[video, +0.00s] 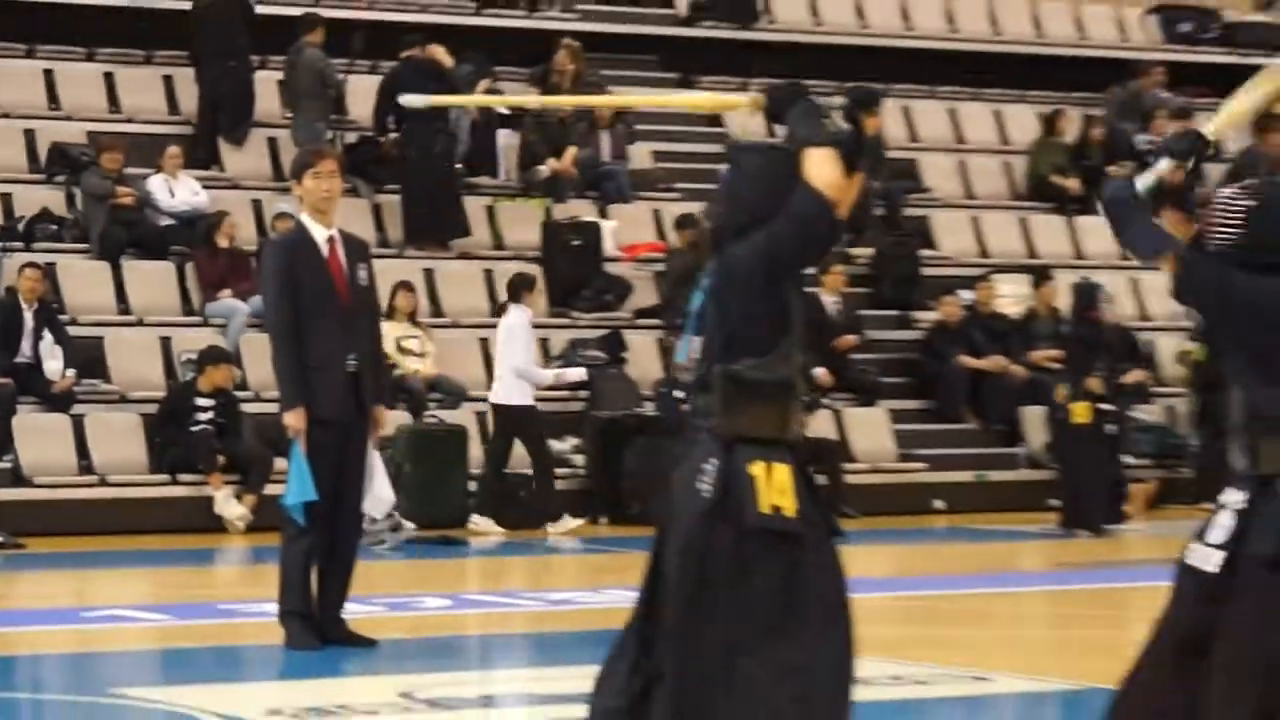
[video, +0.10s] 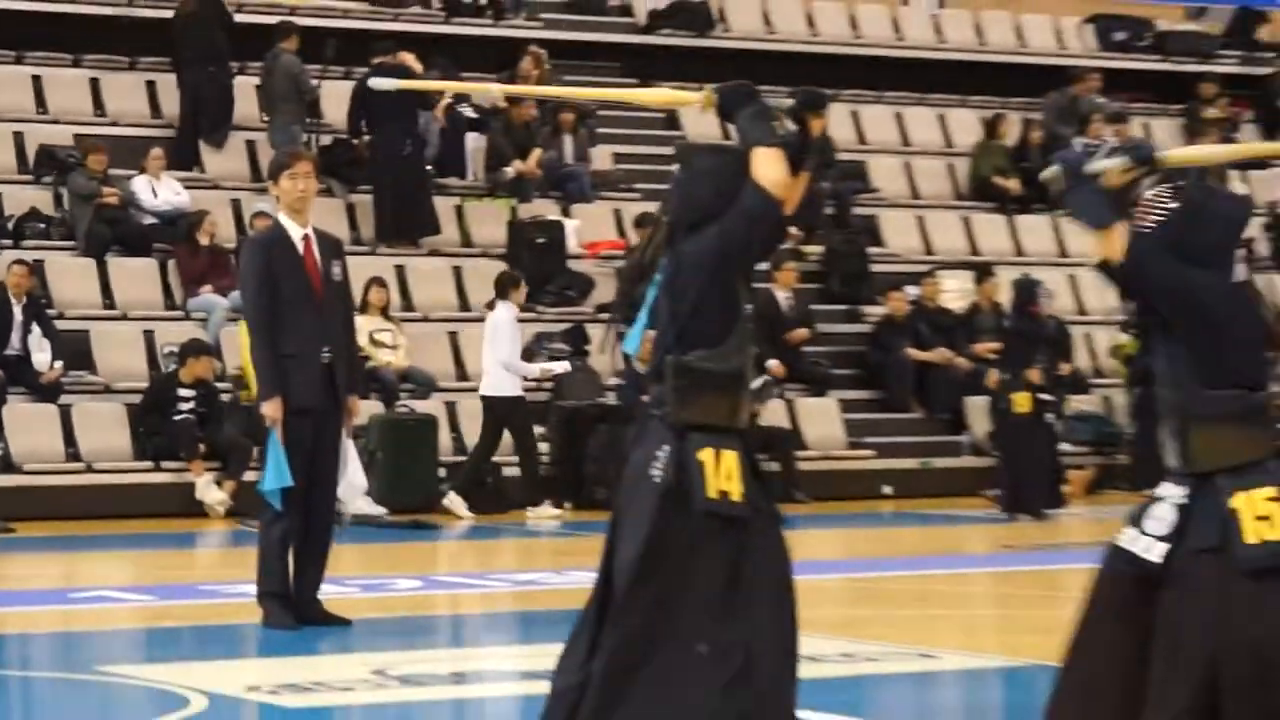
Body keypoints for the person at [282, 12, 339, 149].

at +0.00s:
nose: (323, 37)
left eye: (323, 32)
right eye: (322, 32)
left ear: (304, 31)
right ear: (315, 31)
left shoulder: (293, 54)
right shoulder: (316, 56)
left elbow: (289, 86)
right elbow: (333, 82)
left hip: (299, 119)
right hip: (316, 120)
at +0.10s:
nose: (298, 43)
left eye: (297, 38)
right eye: (296, 38)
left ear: (280, 38)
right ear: (290, 38)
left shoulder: (270, 59)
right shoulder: (292, 62)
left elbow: (265, 91)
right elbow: (308, 91)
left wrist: (272, 112)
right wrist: (315, 90)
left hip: (275, 121)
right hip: (292, 122)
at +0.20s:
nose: (280, 54)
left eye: (279, 50)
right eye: (278, 50)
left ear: (263, 50)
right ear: (272, 51)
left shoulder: (254, 70)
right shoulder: (275, 73)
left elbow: (248, 100)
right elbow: (288, 98)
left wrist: (255, 119)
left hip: (259, 128)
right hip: (275, 130)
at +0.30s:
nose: (263, 65)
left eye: (263, 61)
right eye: (262, 61)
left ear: (247, 60)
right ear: (257, 61)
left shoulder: (238, 80)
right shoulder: (260, 83)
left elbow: (234, 108)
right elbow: (276, 107)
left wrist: (240, 126)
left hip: (244, 136)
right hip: (259, 137)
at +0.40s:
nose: (246, 76)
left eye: (246, 72)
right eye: (245, 72)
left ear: (231, 72)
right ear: (240, 72)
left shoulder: (222, 91)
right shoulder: (243, 92)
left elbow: (217, 115)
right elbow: (257, 115)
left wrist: (222, 133)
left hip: (228, 144)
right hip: (243, 145)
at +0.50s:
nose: (232, 84)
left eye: (231, 80)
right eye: (230, 80)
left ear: (217, 81)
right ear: (224, 80)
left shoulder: (208, 101)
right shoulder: (229, 101)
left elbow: (205, 125)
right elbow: (243, 123)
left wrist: (210, 142)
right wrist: (250, 142)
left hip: (214, 151)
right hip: (229, 152)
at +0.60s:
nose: (234, 89)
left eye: (233, 86)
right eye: (232, 86)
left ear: (218, 87)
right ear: (227, 87)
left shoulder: (210, 107)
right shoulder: (230, 106)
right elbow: (244, 128)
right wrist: (252, 148)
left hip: (217, 156)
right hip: (231, 156)